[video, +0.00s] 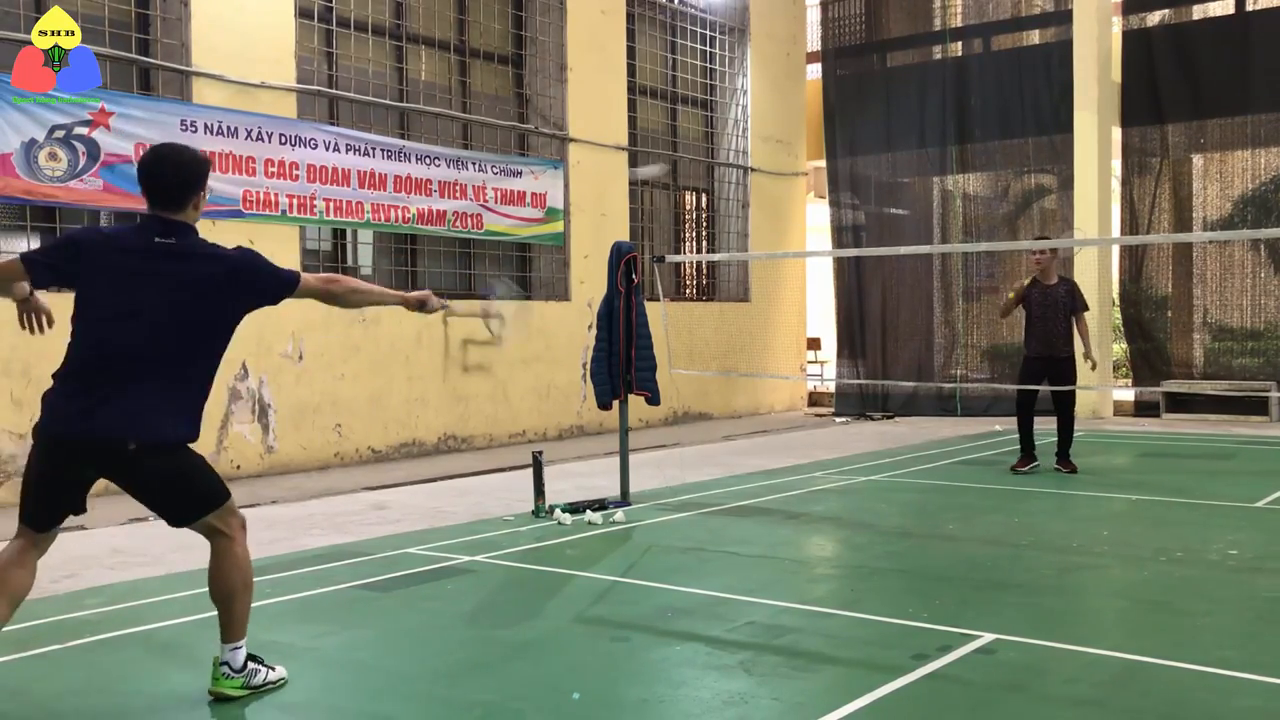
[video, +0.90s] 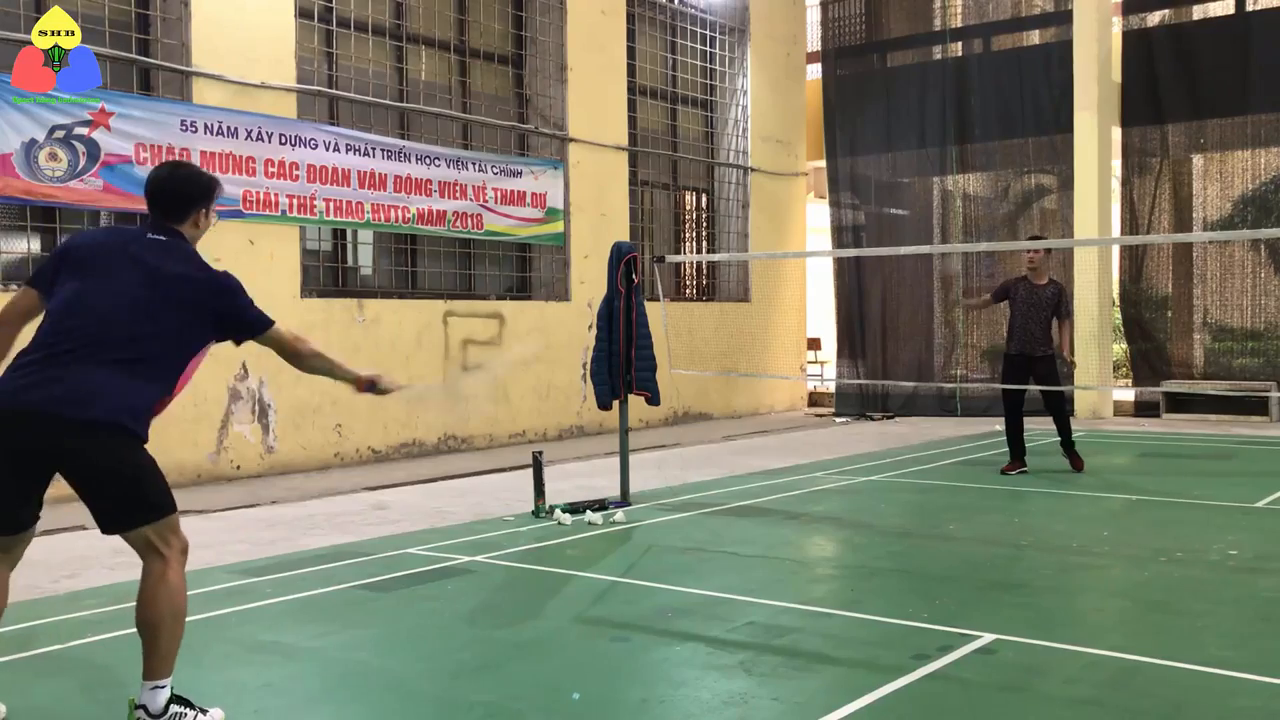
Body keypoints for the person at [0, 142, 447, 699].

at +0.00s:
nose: (207, 193)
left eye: (201, 186)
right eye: (206, 187)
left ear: (145, 192)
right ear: (199, 197)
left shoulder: (93, 246)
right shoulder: (230, 268)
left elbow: (9, 272)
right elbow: (329, 287)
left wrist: (22, 295)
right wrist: (404, 297)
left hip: (64, 430)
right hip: (151, 439)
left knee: (26, 541)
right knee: (228, 528)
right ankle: (233, 663)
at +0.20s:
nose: (190, 180)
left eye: (187, 169)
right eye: (186, 171)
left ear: (125, 180)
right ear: (171, 180)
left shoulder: (76, 231)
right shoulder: (185, 260)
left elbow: (8, 271)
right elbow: (278, 322)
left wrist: (53, 292)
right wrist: (353, 328)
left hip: (46, 425)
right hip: (125, 432)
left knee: (30, 551)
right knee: (193, 538)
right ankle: (230, 664)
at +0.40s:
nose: (160, 194)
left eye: (157, 182)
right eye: (155, 183)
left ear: (96, 191)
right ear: (134, 188)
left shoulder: (46, 237)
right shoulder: (129, 257)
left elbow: (39, 309)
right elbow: (198, 343)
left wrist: (106, 326)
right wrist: (272, 362)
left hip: (9, 432)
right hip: (75, 436)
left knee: (17, 562)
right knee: (151, 547)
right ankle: (215, 666)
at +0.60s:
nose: (167, 184)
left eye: (165, 172)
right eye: (165, 173)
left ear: (106, 178)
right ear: (148, 179)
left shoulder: (52, 223)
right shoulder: (145, 249)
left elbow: (15, 296)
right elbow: (193, 350)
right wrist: (243, 374)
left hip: (9, 416)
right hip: (74, 422)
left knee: (6, 565)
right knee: (137, 549)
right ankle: (149, 700)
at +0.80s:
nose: (201, 215)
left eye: (199, 205)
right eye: (200, 205)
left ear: (137, 205)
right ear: (186, 209)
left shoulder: (76, 245)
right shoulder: (196, 271)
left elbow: (9, 334)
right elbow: (278, 348)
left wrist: (11, 396)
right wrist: (260, 396)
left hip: (14, 413)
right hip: (95, 423)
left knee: (2, 559)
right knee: (159, 548)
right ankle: (155, 700)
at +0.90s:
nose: (212, 219)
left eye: (211, 210)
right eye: (212, 210)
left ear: (148, 207)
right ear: (200, 215)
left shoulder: (80, 246)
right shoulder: (209, 285)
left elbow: (11, 317)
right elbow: (294, 348)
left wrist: (1, 380)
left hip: (17, 413)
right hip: (100, 427)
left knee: (4, 553)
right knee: (165, 548)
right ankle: (155, 700)